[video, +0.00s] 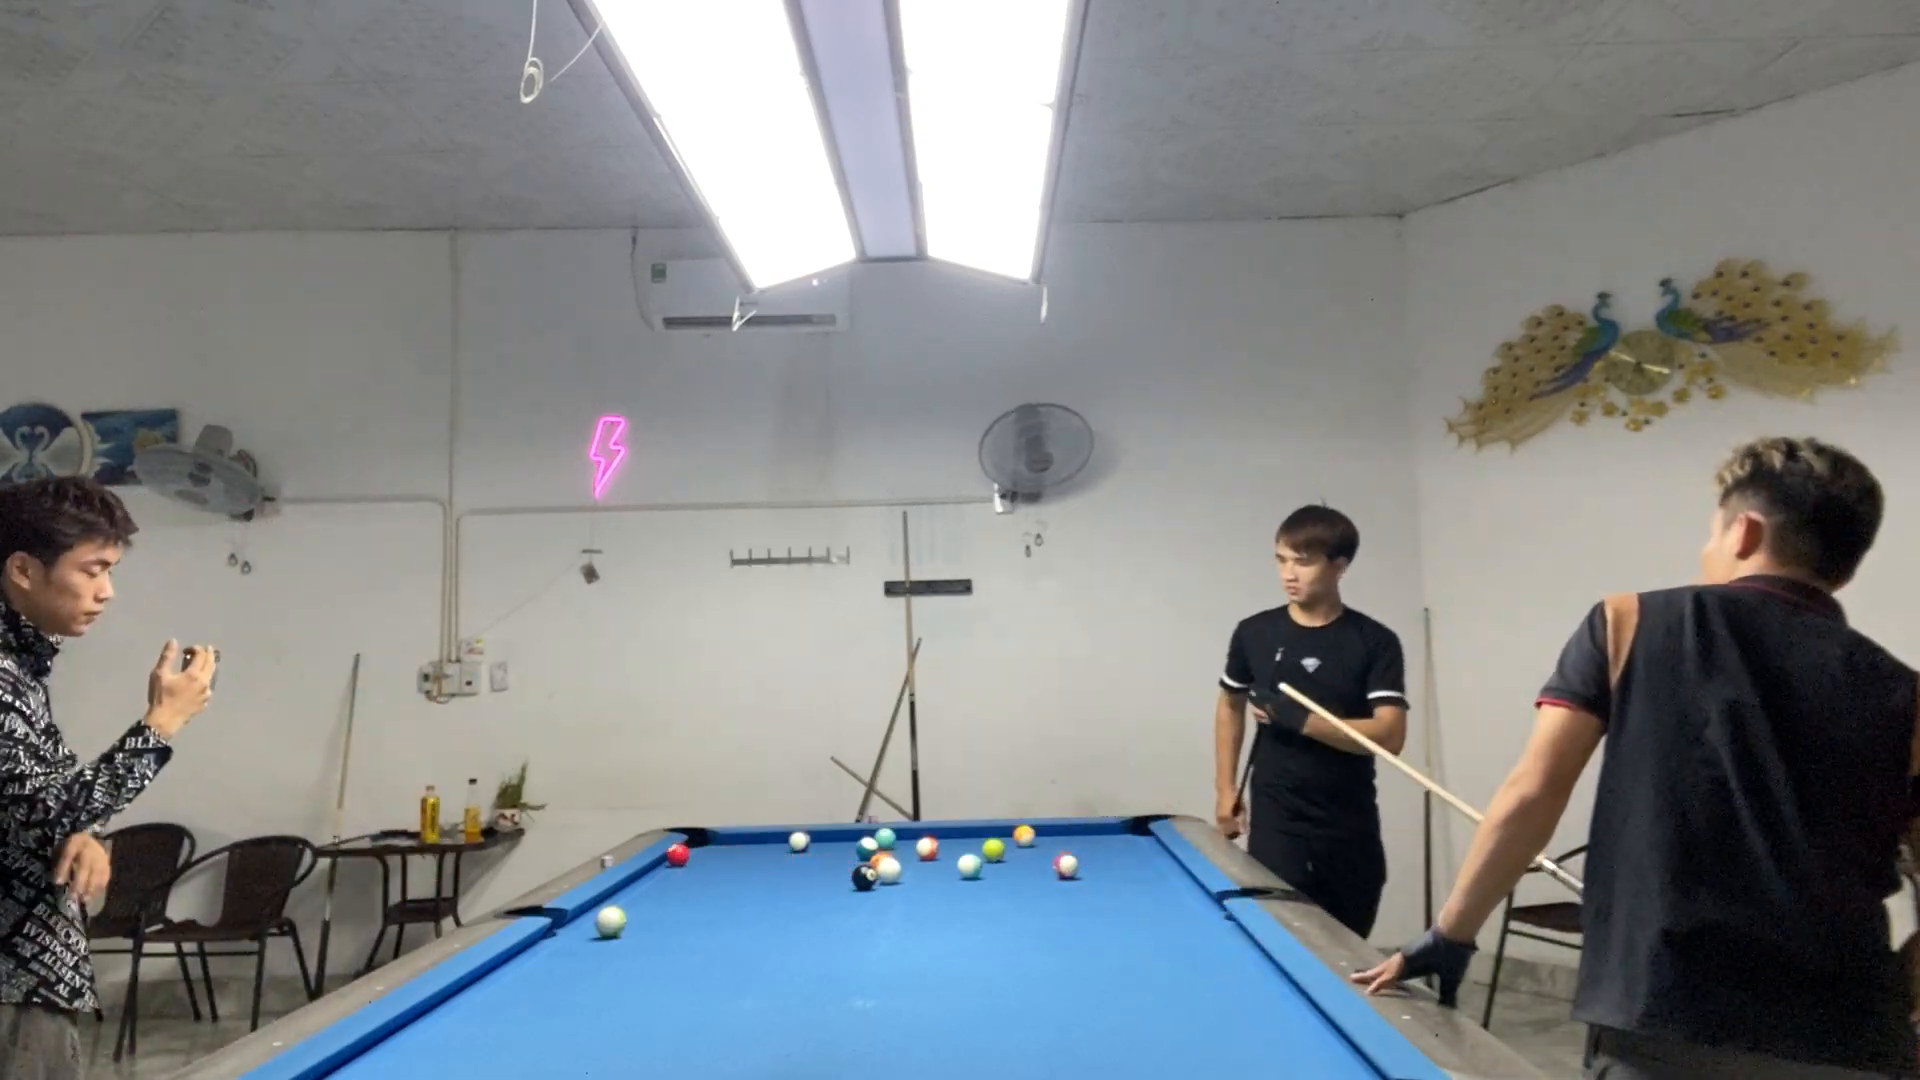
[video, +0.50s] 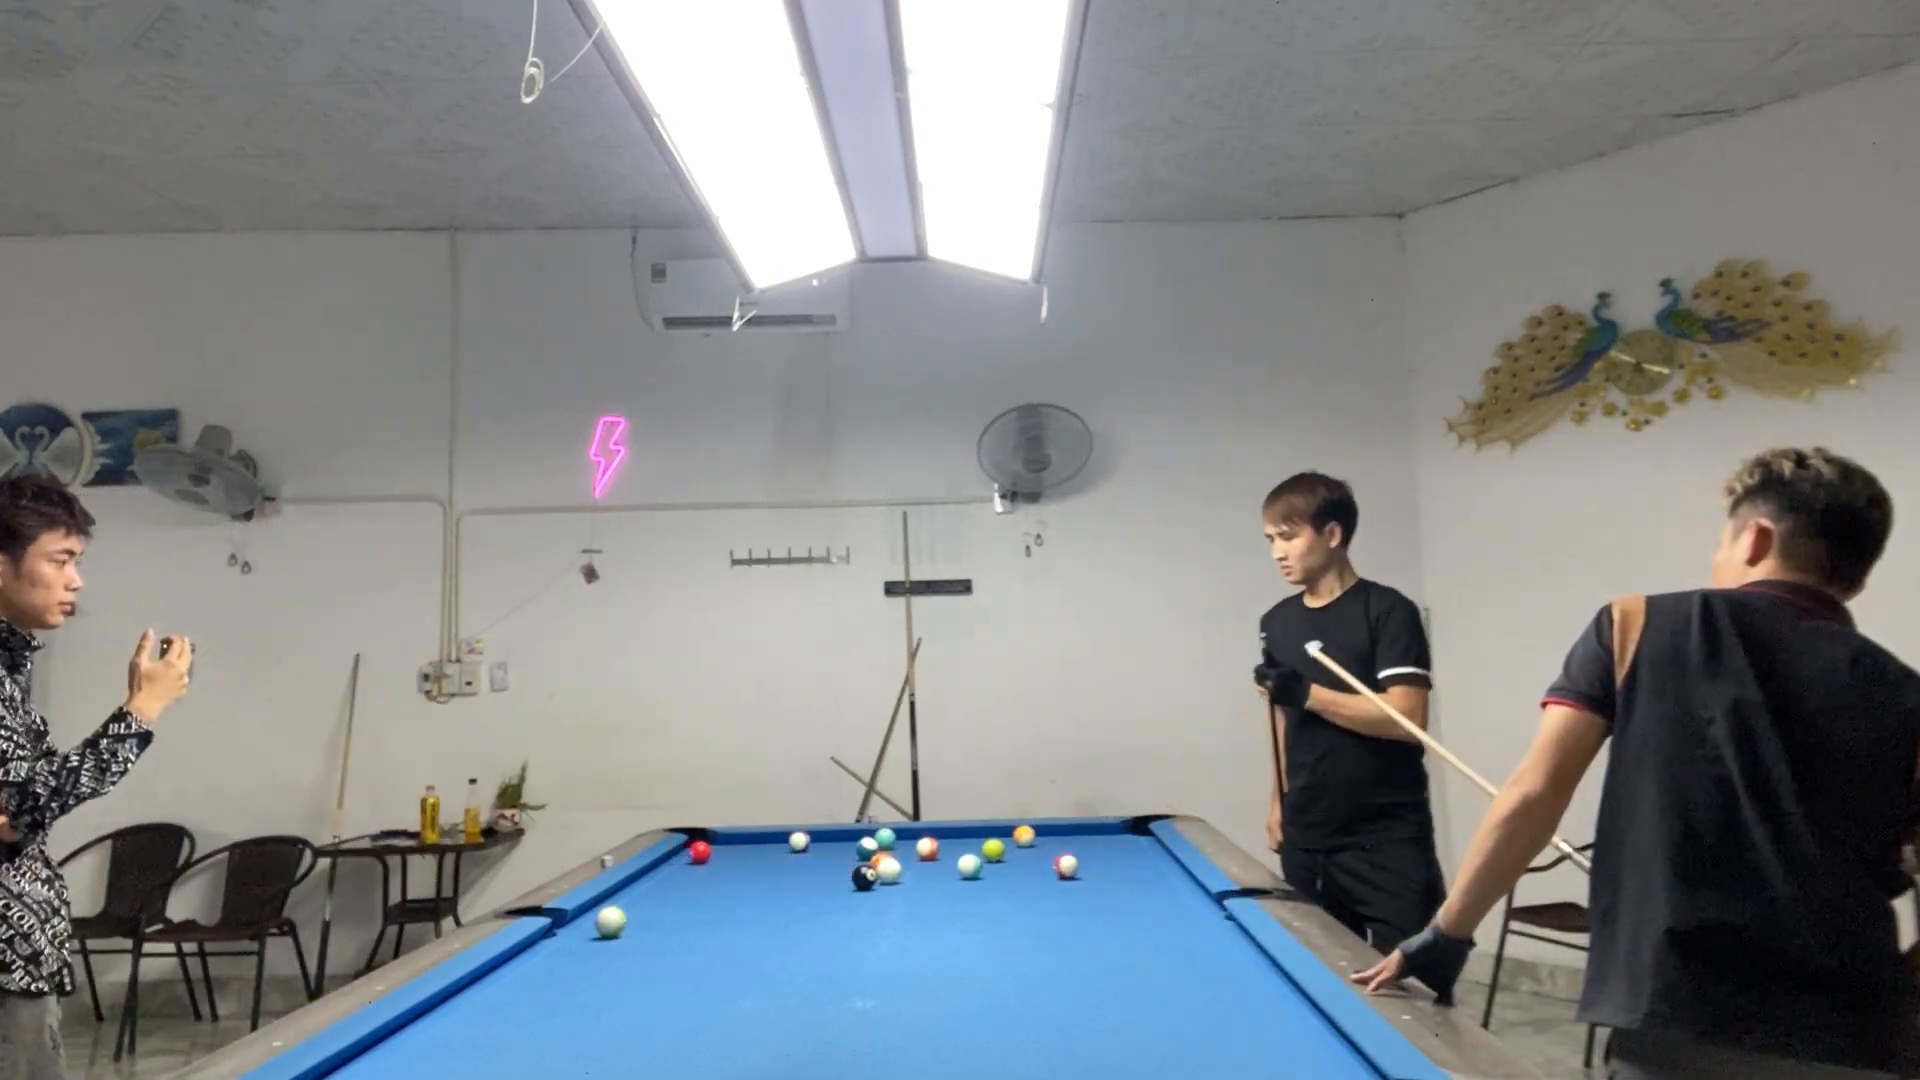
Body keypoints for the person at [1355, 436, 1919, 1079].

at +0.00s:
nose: (1705, 551)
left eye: (1715, 527)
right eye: (1711, 528)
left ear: (1746, 531)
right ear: (1846, 565)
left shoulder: (1630, 625)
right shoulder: (1899, 691)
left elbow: (1532, 796)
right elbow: (1899, 870)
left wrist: (1449, 936)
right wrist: (1891, 987)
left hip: (1651, 1026)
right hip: (1835, 1037)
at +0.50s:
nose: (1718, 562)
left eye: (1726, 537)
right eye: (1724, 539)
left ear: (1756, 537)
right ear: (1856, 576)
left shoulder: (1636, 626)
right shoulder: (1904, 695)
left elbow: (1534, 795)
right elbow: (1902, 872)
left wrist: (1446, 934)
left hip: (1662, 1027)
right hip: (1850, 1038)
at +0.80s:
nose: (1729, 566)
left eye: (1737, 540)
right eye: (1735, 541)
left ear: (1770, 542)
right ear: (1867, 583)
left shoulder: (1644, 626)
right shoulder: (1906, 691)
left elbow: (1541, 794)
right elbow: (1904, 874)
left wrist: (1447, 932)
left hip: (1670, 1028)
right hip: (1859, 1039)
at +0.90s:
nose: (1733, 565)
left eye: (1742, 540)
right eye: (1740, 541)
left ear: (1774, 542)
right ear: (1869, 583)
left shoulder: (1647, 626)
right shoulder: (1907, 691)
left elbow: (1542, 793)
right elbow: (1903, 874)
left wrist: (1447, 932)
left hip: (1674, 1027)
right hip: (1863, 1040)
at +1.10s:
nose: (1740, 563)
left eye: (1748, 538)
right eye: (1747, 538)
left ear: (1781, 541)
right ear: (1880, 585)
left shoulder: (1651, 626)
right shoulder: (1908, 690)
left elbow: (1541, 795)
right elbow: (1905, 877)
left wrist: (1448, 930)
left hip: (1675, 1031)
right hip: (1861, 1045)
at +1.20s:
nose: (1743, 563)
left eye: (1750, 538)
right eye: (1748, 539)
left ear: (1784, 538)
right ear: (1881, 583)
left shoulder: (1652, 625)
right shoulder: (1910, 689)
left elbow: (1543, 793)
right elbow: (1901, 883)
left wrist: (1448, 930)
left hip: (1671, 1028)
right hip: (1859, 1040)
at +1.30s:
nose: (1745, 557)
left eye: (1753, 532)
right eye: (1750, 532)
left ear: (1787, 536)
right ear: (1884, 580)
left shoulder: (1654, 625)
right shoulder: (1909, 687)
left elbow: (1545, 793)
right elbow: (1904, 884)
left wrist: (1447, 931)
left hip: (1670, 1027)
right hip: (1859, 1040)